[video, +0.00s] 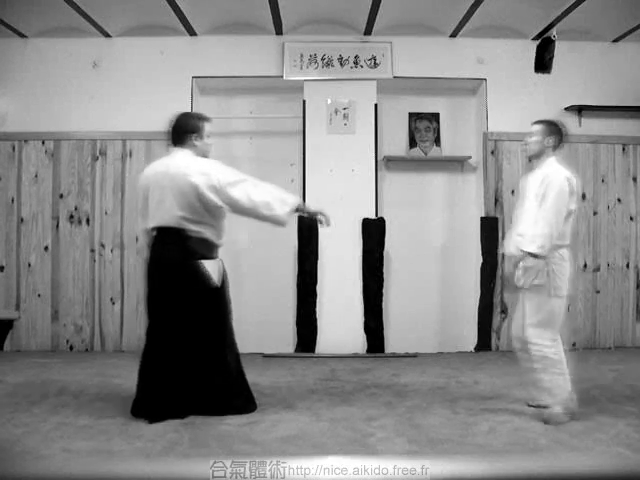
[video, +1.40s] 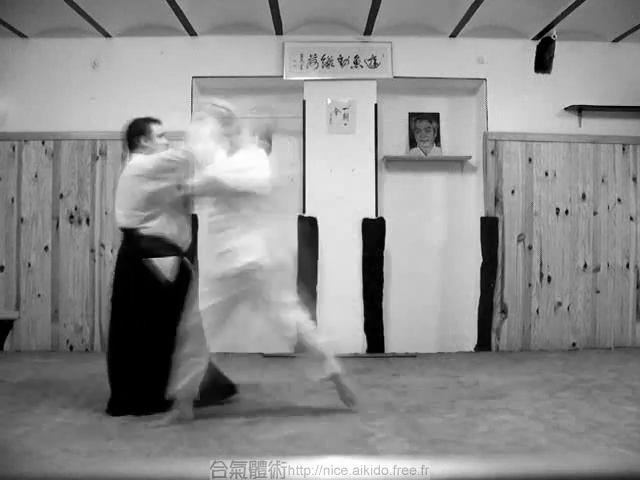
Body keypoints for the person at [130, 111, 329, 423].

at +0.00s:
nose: (209, 142)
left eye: (208, 136)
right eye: (206, 137)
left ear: (175, 139)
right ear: (194, 139)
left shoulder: (150, 172)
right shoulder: (205, 170)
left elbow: (145, 225)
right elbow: (250, 194)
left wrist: (154, 250)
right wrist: (299, 207)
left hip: (160, 258)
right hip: (196, 260)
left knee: (163, 331)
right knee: (211, 331)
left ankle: (156, 402)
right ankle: (220, 399)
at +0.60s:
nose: (220, 141)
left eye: (220, 135)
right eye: (216, 136)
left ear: (187, 139)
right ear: (200, 138)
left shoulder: (159, 169)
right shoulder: (205, 170)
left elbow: (158, 213)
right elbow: (250, 192)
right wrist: (302, 203)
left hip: (163, 251)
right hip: (194, 255)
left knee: (165, 324)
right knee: (210, 325)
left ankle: (152, 395)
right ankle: (218, 396)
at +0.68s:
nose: (207, 143)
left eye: (206, 137)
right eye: (203, 137)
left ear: (177, 140)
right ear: (190, 139)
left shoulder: (156, 171)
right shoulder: (193, 171)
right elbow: (240, 194)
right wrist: (293, 202)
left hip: (158, 252)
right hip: (187, 256)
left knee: (162, 325)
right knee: (210, 322)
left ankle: (150, 394)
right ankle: (217, 395)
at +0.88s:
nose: (179, 148)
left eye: (179, 142)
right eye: (173, 142)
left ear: (150, 145)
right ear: (155, 144)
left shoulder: (141, 172)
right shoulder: (157, 174)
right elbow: (199, 197)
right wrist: (246, 199)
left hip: (146, 256)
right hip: (165, 259)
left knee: (150, 330)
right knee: (191, 329)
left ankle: (138, 395)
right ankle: (210, 394)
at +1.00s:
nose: (165, 145)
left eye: (165, 140)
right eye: (159, 140)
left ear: (141, 143)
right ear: (141, 143)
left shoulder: (140, 169)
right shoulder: (142, 174)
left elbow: (178, 182)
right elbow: (186, 190)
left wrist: (203, 178)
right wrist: (214, 184)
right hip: (154, 260)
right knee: (174, 329)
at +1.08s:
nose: (160, 144)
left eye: (160, 139)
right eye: (155, 139)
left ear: (140, 141)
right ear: (138, 141)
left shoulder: (143, 168)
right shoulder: (133, 171)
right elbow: (164, 181)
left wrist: (184, 161)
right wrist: (176, 160)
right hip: (148, 259)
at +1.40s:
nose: (166, 141)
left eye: (164, 135)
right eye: (159, 137)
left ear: (139, 143)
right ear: (142, 142)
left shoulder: (135, 167)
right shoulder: (147, 166)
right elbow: (189, 155)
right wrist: (207, 128)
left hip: (134, 250)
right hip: (158, 253)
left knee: (132, 325)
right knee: (155, 327)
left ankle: (127, 397)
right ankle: (145, 398)